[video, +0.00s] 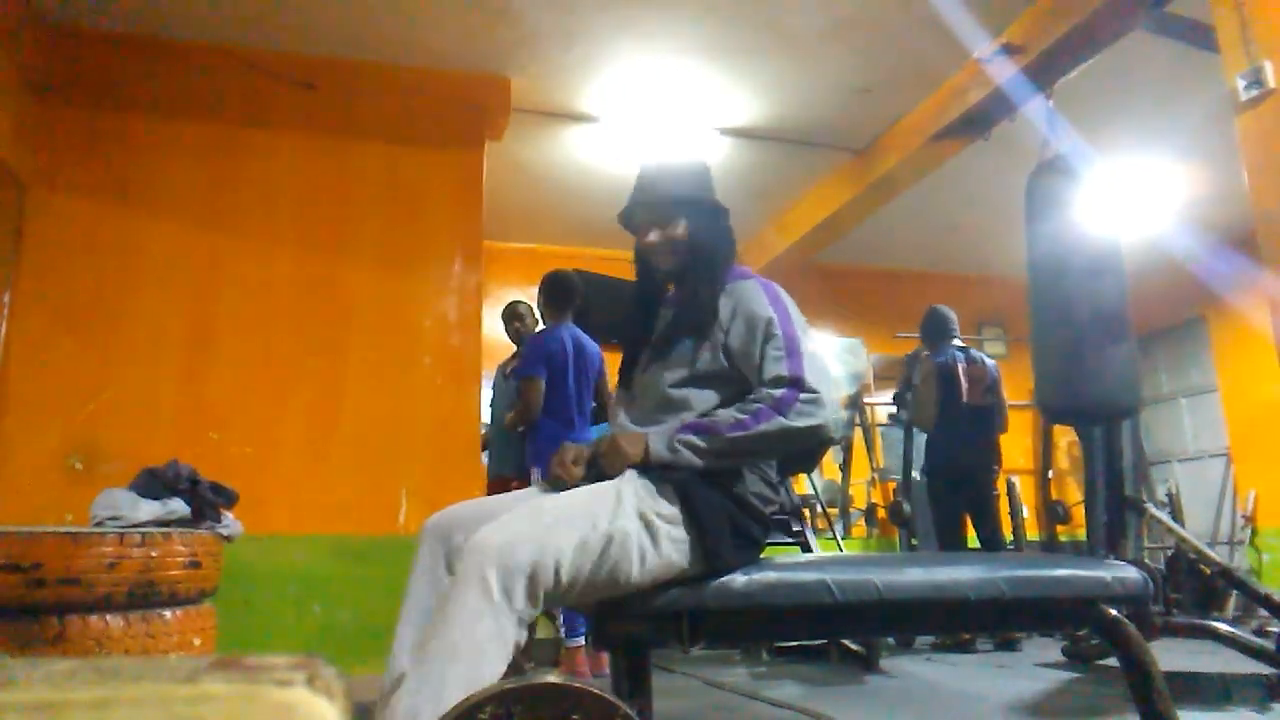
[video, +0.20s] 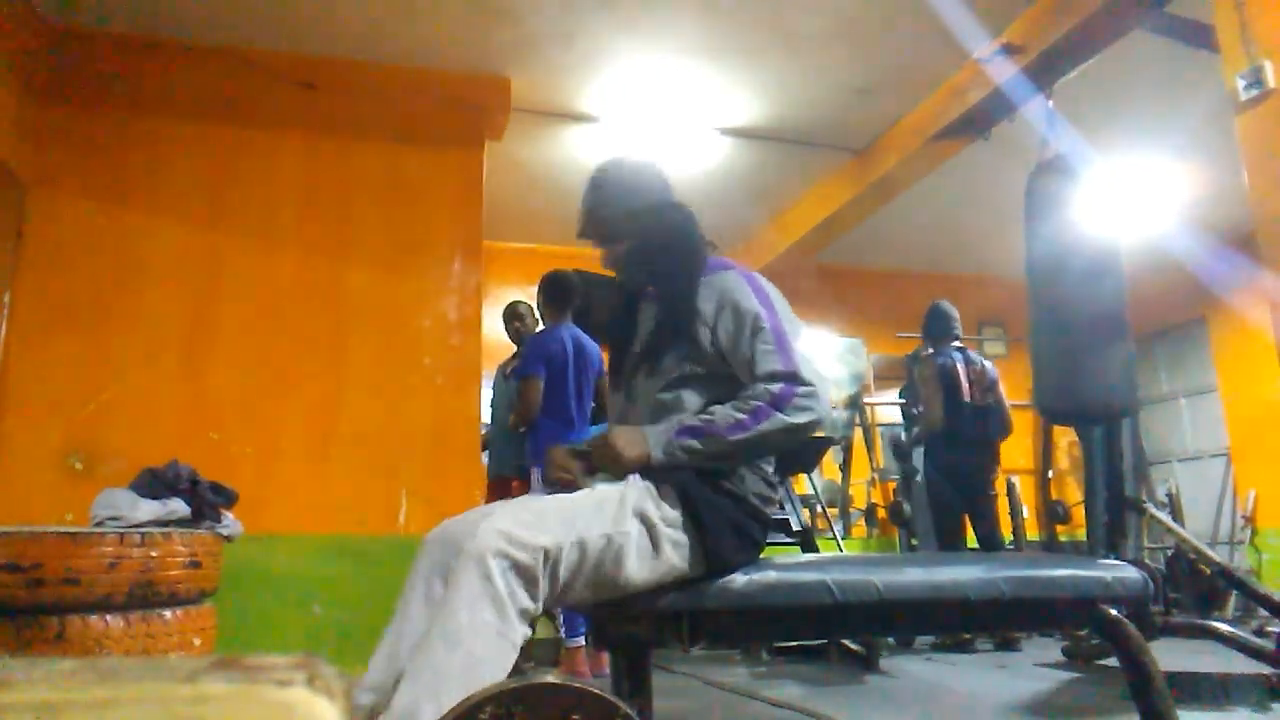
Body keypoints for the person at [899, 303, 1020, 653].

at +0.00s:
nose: (925, 343)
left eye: (924, 337)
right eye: (928, 338)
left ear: (926, 336)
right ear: (957, 331)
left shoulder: (928, 367)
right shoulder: (988, 365)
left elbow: (923, 420)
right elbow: (1002, 422)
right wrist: (973, 424)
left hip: (944, 470)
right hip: (981, 469)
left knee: (951, 548)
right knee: (993, 543)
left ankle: (959, 628)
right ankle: (1007, 626)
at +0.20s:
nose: (927, 340)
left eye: (926, 334)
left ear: (928, 333)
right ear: (959, 330)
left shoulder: (929, 367)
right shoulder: (984, 365)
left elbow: (934, 420)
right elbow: (1004, 422)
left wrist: (911, 440)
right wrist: (982, 442)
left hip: (945, 462)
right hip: (982, 461)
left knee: (950, 544)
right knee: (991, 540)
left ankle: (956, 628)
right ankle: (1007, 624)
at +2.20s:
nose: (927, 340)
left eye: (927, 334)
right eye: (931, 335)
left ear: (931, 333)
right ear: (963, 331)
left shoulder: (931, 365)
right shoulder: (988, 367)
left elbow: (933, 420)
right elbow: (1005, 424)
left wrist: (912, 438)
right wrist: (981, 443)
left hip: (944, 468)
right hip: (981, 467)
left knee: (949, 547)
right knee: (993, 543)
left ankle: (956, 628)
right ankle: (1008, 625)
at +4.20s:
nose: (930, 345)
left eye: (929, 339)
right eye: (930, 340)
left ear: (934, 337)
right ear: (963, 332)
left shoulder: (939, 366)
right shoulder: (992, 365)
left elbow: (938, 423)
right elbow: (993, 421)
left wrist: (924, 470)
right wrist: (993, 459)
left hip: (951, 468)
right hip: (985, 468)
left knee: (953, 547)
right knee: (998, 544)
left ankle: (959, 628)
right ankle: (1009, 626)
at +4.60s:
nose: (957, 328)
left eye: (950, 325)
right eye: (959, 321)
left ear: (944, 332)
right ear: (970, 328)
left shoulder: (943, 363)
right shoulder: (992, 365)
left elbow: (942, 412)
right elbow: (1003, 421)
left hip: (951, 456)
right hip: (985, 461)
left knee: (953, 543)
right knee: (995, 540)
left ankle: (952, 624)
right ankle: (1007, 621)